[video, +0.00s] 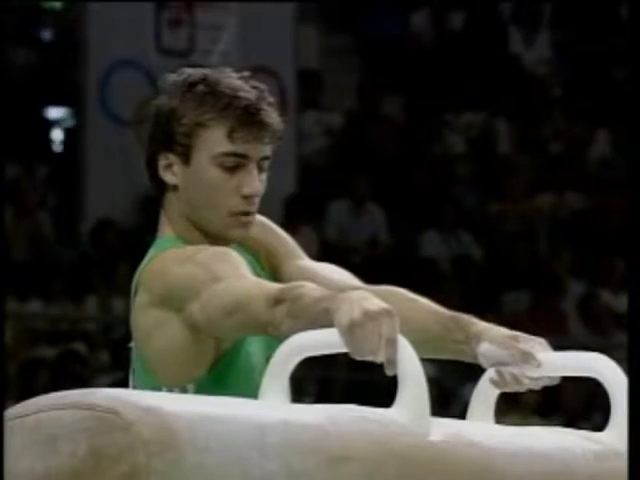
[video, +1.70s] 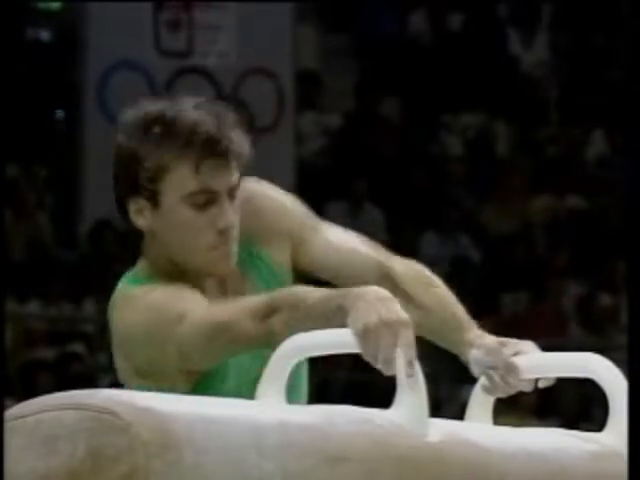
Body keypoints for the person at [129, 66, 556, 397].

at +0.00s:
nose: (254, 186)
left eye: (262, 166)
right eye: (231, 165)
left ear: (271, 163)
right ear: (171, 169)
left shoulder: (255, 238)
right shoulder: (182, 270)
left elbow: (357, 294)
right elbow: (272, 307)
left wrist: (478, 338)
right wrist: (342, 303)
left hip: (248, 467)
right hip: (188, 471)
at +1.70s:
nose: (228, 220)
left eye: (232, 195)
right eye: (201, 203)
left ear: (240, 186)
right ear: (141, 214)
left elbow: (387, 273)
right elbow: (258, 319)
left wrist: (471, 341)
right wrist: (352, 302)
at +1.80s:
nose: (217, 283)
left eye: (217, 262)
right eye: (189, 270)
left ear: (225, 255)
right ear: (130, 290)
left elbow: (344, 314)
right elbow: (263, 358)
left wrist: (462, 352)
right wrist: (350, 312)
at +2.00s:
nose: (285, 225)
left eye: (293, 211)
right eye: (274, 208)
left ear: (298, 208)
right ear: (226, 195)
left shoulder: (287, 251)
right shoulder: (189, 237)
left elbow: (346, 343)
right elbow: (235, 293)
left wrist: (411, 349)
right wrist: (323, 305)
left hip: (256, 430)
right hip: (181, 429)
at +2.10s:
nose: (363, 183)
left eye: (371, 171)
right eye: (360, 163)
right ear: (323, 137)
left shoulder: (332, 207)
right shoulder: (270, 155)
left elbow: (333, 298)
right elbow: (248, 242)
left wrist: (390, 337)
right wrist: (318, 305)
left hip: (251, 371)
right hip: (192, 363)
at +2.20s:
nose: (396, 176)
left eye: (404, 168)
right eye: (398, 161)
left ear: (377, 140)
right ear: (374, 133)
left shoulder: (349, 189)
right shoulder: (324, 139)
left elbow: (329, 277)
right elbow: (283, 218)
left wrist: (379, 335)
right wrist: (315, 305)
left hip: (253, 320)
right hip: (218, 306)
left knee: (218, 440)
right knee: (163, 424)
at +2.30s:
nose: (397, 175)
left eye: (404, 169)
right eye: (403, 162)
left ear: (383, 137)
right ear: (389, 137)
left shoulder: (337, 154)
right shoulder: (349, 145)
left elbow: (306, 260)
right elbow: (309, 246)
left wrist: (355, 333)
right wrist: (307, 304)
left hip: (229, 255)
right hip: (238, 256)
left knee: (145, 359)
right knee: (149, 363)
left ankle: (62, 464)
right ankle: (62, 468)